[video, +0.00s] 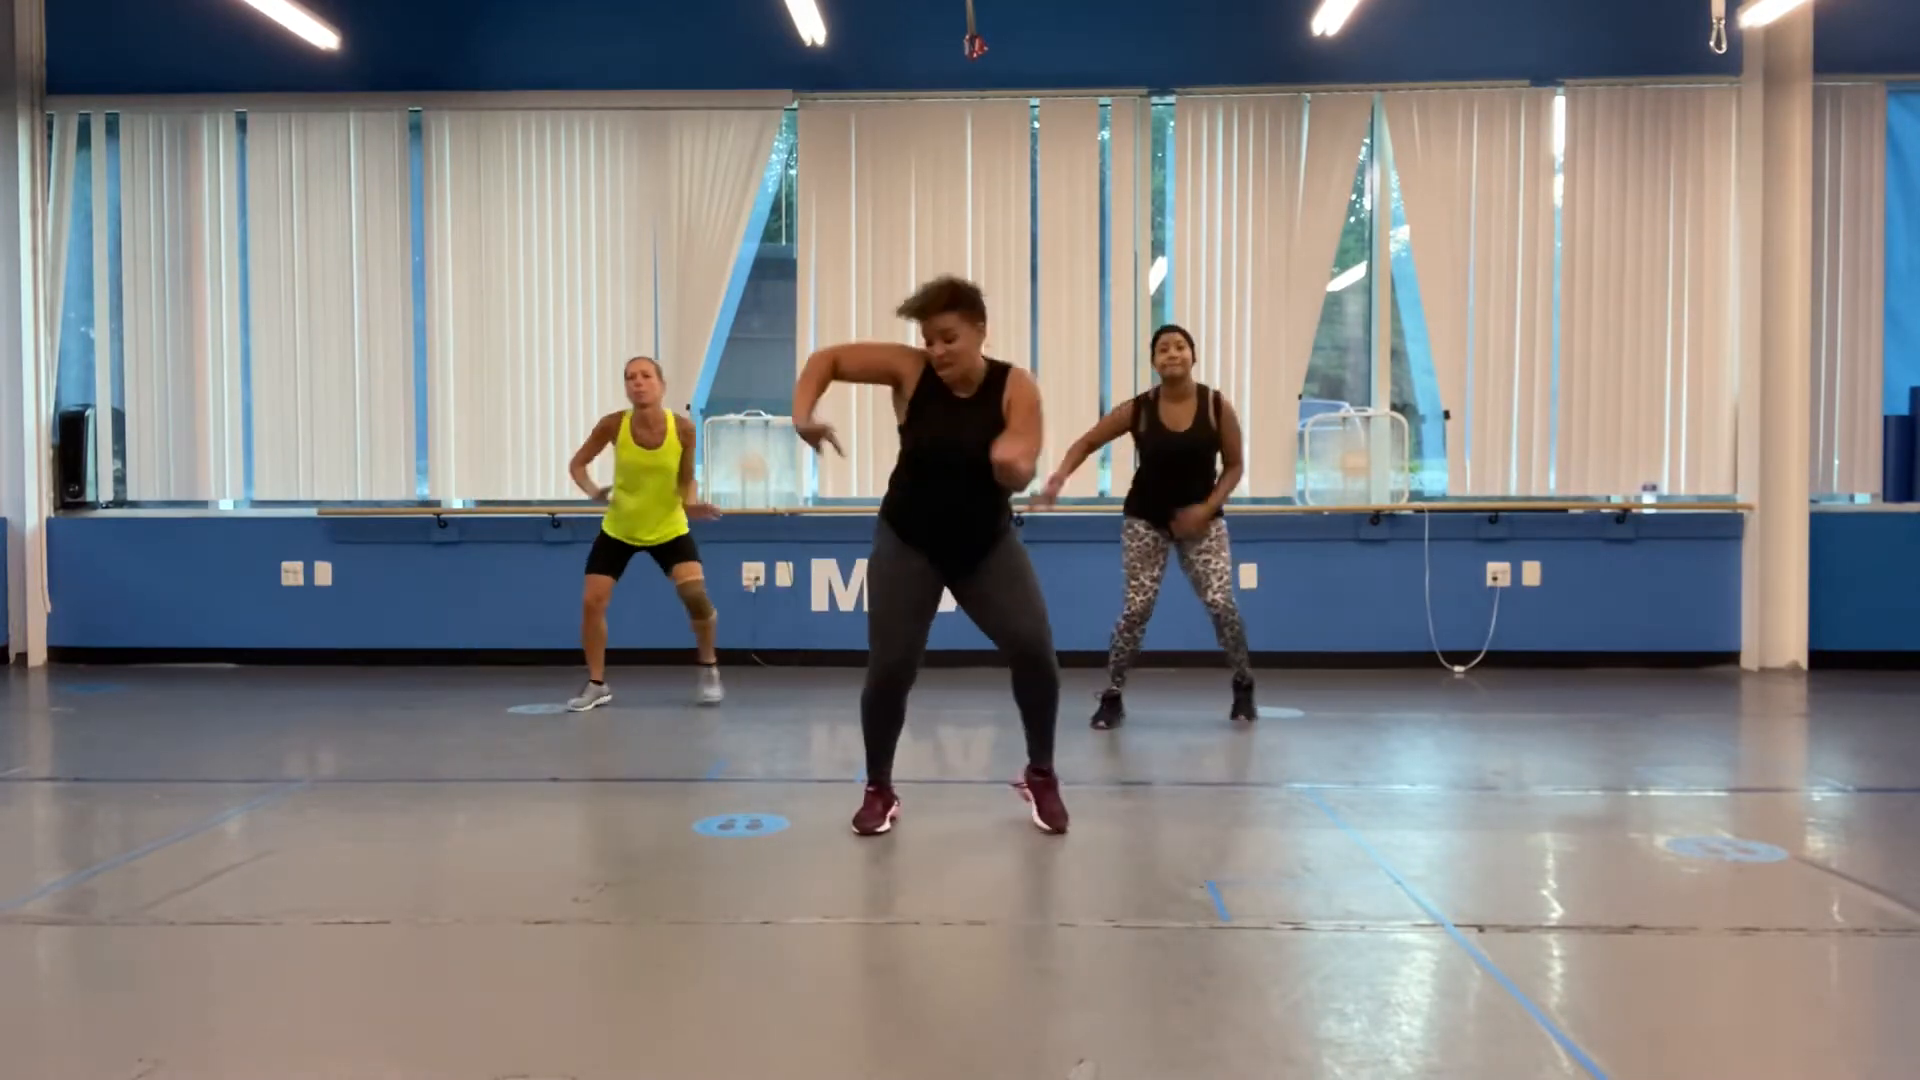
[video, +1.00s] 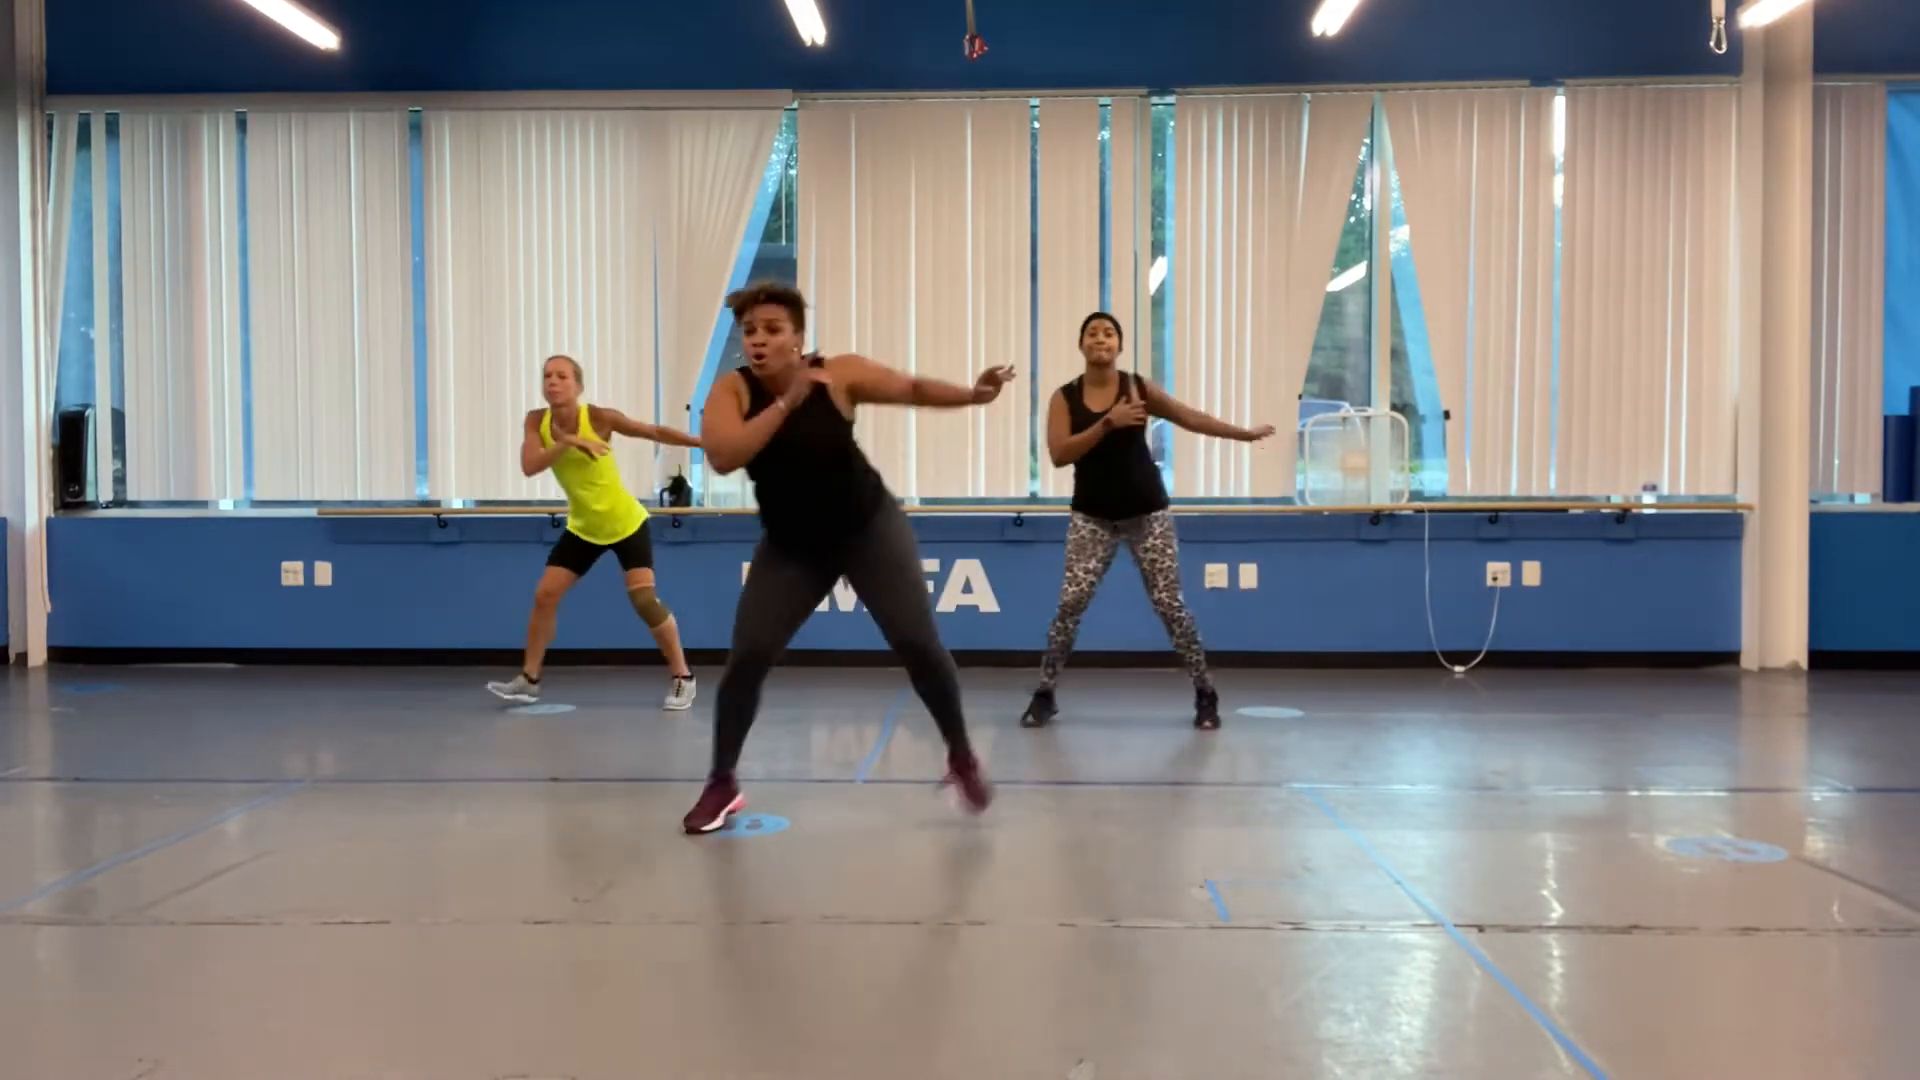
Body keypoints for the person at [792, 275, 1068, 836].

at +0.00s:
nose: (937, 350)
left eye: (949, 339)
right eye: (929, 339)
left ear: (980, 332)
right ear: (922, 337)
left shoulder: (1016, 388)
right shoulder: (908, 367)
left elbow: (1021, 467)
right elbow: (825, 359)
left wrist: (1005, 460)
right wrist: (801, 415)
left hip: (986, 545)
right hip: (907, 542)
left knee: (1035, 651)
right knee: (891, 668)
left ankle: (1041, 774)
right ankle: (878, 790)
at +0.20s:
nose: (933, 372)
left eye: (941, 360)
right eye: (930, 361)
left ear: (980, 351)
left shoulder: (1030, 376)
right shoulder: (928, 404)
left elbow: (1078, 436)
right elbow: (866, 443)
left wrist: (999, 445)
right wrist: (819, 427)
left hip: (1018, 550)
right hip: (942, 544)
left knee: (1053, 666)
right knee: (900, 650)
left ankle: (1064, 790)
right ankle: (853, 738)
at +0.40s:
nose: (901, 374)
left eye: (909, 362)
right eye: (899, 363)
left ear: (947, 358)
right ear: (928, 363)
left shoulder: (1008, 377)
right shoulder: (909, 426)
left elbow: (1083, 408)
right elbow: (925, 513)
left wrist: (1050, 449)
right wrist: (884, 492)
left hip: (1018, 556)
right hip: (940, 561)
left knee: (1054, 669)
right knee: (899, 667)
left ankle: (1065, 790)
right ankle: (894, 779)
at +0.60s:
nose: (837, 368)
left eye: (846, 356)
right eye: (836, 356)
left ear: (884, 354)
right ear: (865, 356)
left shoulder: (939, 362)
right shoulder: (841, 409)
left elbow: (1015, 355)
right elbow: (863, 495)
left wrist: (1042, 378)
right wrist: (878, 450)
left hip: (967, 540)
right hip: (889, 549)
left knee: (1019, 655)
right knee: (839, 660)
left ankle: (1062, 780)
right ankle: (838, 776)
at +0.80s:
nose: (783, 367)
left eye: (792, 355)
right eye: (781, 355)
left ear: (831, 352)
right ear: (815, 355)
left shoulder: (893, 366)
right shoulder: (793, 413)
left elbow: (967, 368)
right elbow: (808, 494)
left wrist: (1013, 391)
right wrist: (841, 460)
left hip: (914, 542)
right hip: (839, 550)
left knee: (933, 663)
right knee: (799, 664)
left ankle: (927, 784)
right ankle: (835, 772)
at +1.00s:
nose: (757, 340)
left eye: (771, 330)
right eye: (748, 330)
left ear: (799, 338)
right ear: (741, 337)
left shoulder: (839, 375)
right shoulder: (730, 391)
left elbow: (914, 390)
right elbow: (723, 455)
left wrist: (974, 395)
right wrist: (784, 403)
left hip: (867, 529)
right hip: (792, 544)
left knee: (918, 645)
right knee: (747, 658)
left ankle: (961, 754)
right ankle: (722, 783)